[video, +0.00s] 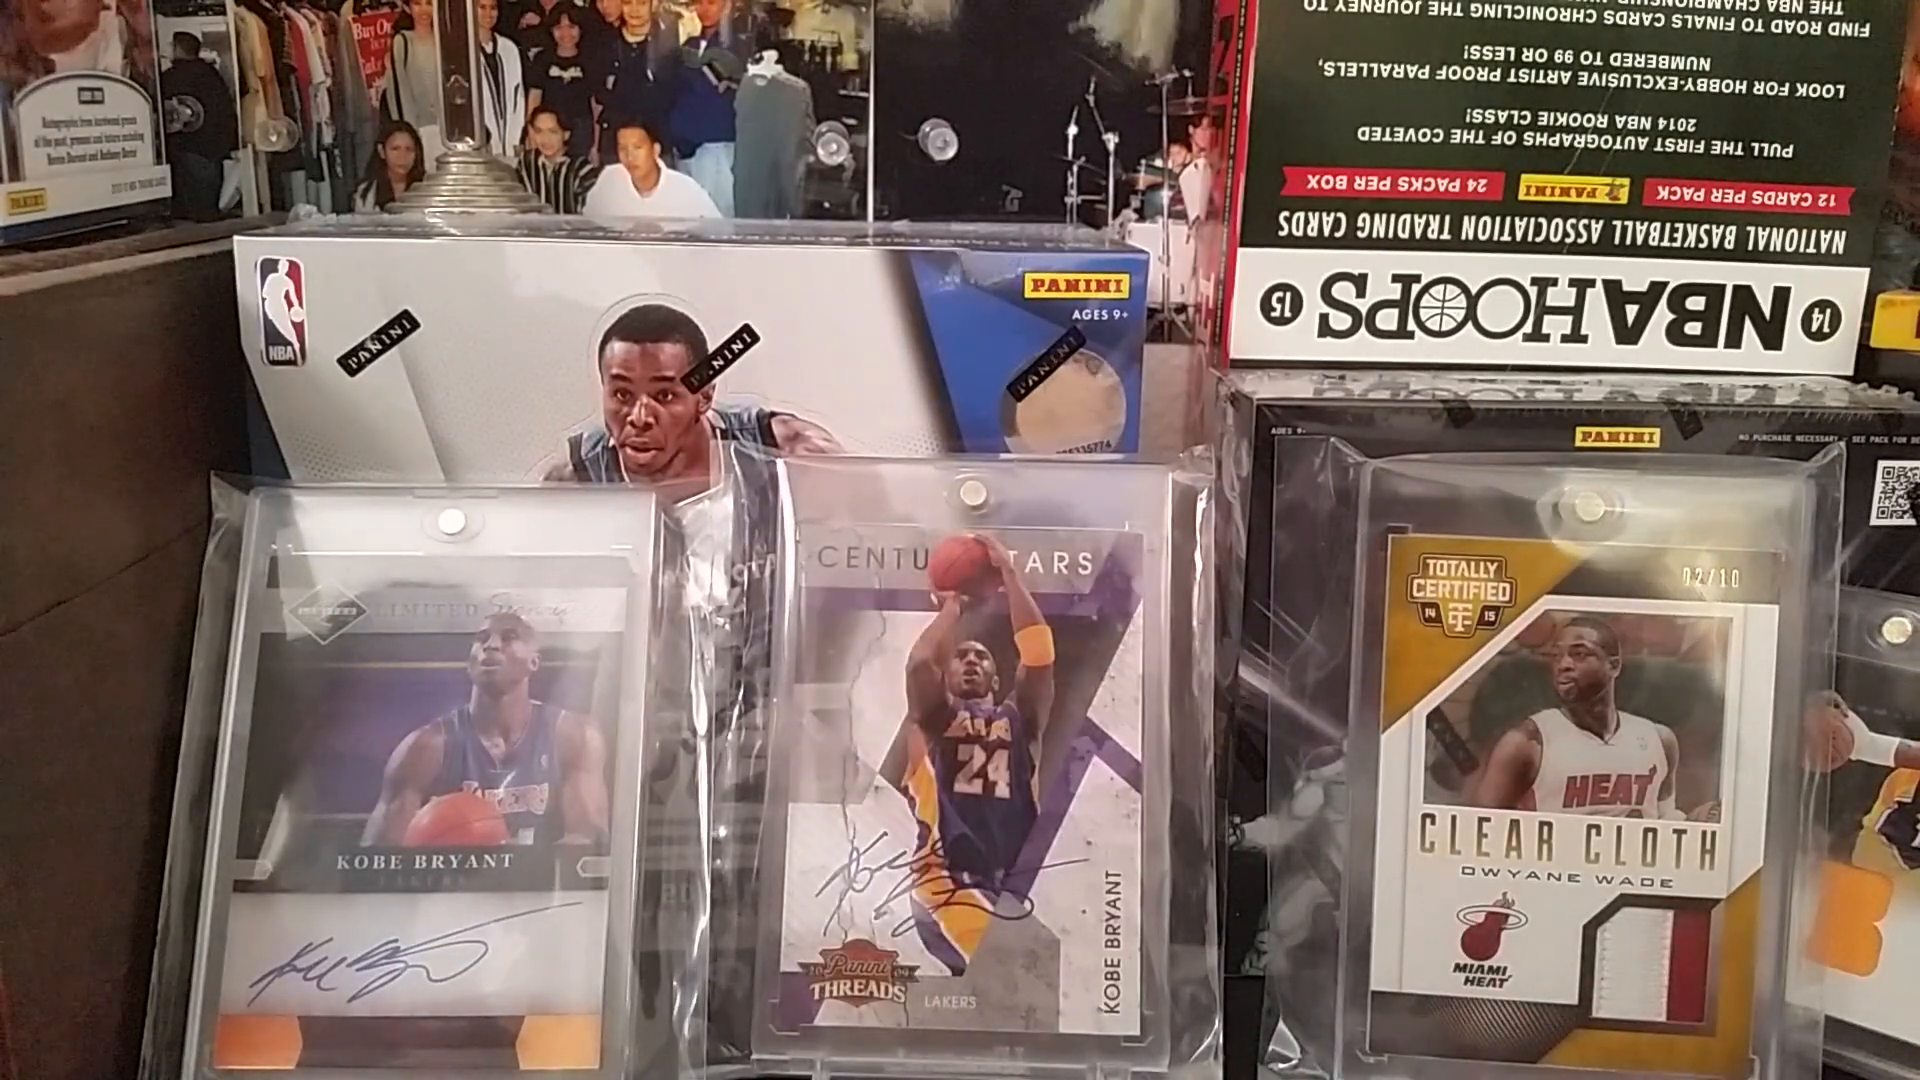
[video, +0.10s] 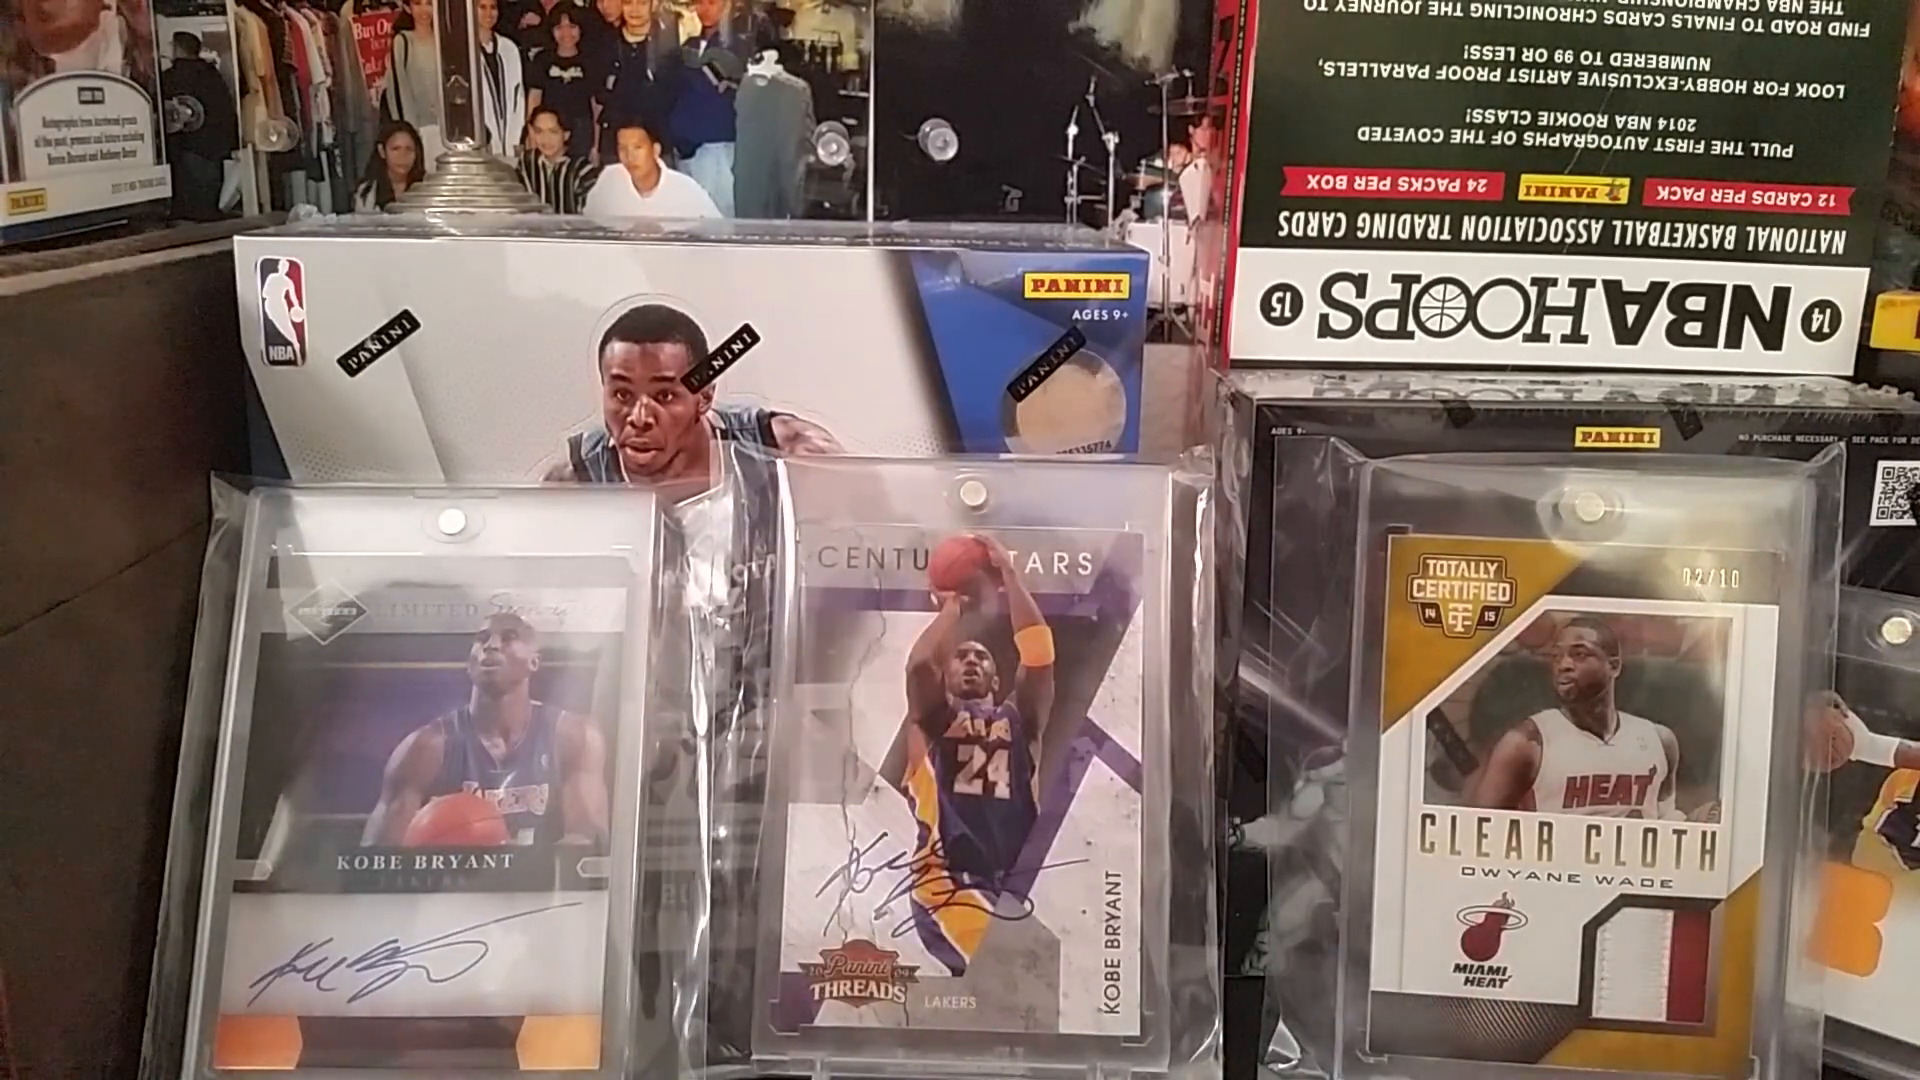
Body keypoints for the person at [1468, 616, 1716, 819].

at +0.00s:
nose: (1563, 665)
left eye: (1579, 654)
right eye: (1557, 655)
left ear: (1614, 667)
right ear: (1551, 664)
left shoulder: (1660, 743)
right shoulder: (1524, 744)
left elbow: (1664, 826)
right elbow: (1472, 837)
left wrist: (1693, 824)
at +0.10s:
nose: (1563, 665)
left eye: (1579, 654)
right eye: (1557, 656)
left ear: (1614, 667)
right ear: (1551, 664)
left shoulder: (1661, 743)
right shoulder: (1524, 744)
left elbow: (1664, 824)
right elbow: (1474, 836)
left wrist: (1691, 824)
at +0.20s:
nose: (1563, 665)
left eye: (1579, 654)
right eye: (1557, 656)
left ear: (1615, 667)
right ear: (1551, 663)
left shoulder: (1661, 743)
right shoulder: (1524, 744)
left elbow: (1664, 825)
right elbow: (1471, 835)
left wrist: (1694, 822)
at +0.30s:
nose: (1563, 665)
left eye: (1579, 654)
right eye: (1557, 656)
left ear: (1614, 667)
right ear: (1550, 664)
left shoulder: (1661, 743)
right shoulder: (1524, 744)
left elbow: (1664, 828)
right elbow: (1475, 838)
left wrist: (1693, 825)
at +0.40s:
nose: (1562, 665)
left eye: (1579, 654)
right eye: (1557, 656)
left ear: (1615, 666)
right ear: (1551, 664)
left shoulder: (1661, 743)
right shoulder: (1524, 745)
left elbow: (1664, 825)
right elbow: (1476, 840)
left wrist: (1694, 823)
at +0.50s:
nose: (1563, 665)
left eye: (1579, 654)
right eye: (1557, 656)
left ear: (1614, 666)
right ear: (1551, 664)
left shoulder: (1661, 743)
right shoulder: (1524, 745)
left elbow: (1664, 828)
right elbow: (1478, 840)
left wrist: (1695, 824)